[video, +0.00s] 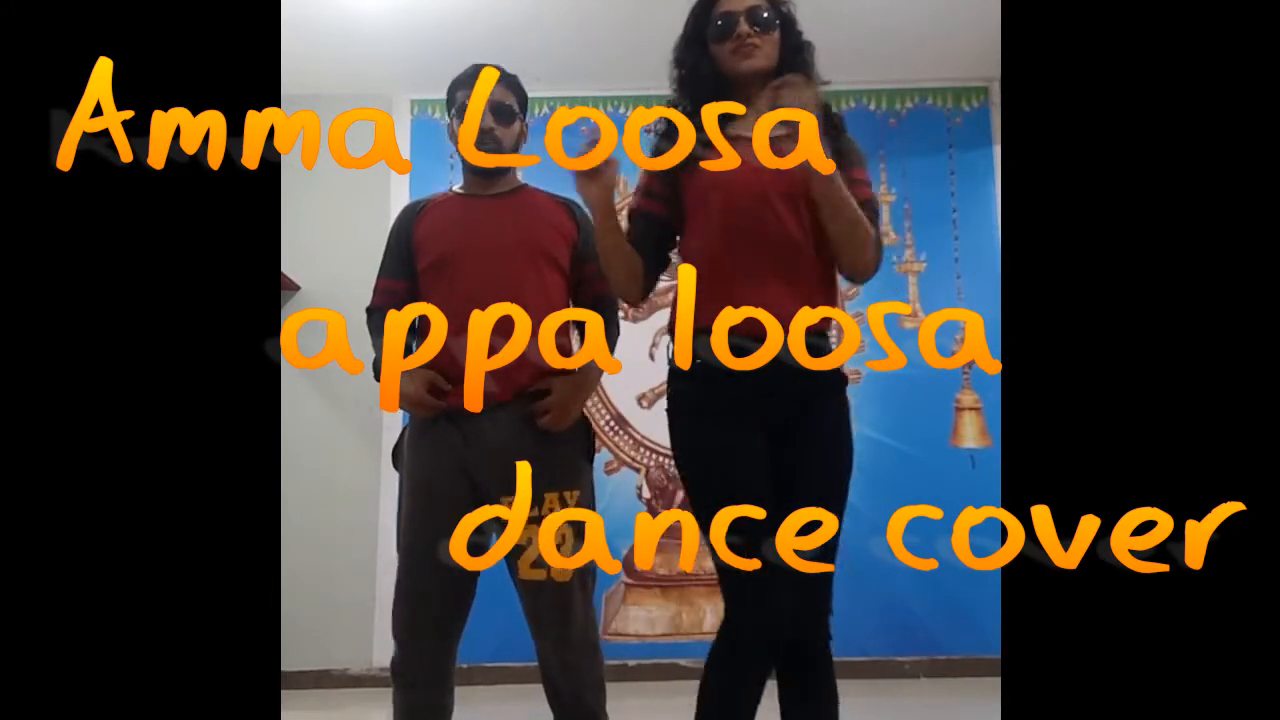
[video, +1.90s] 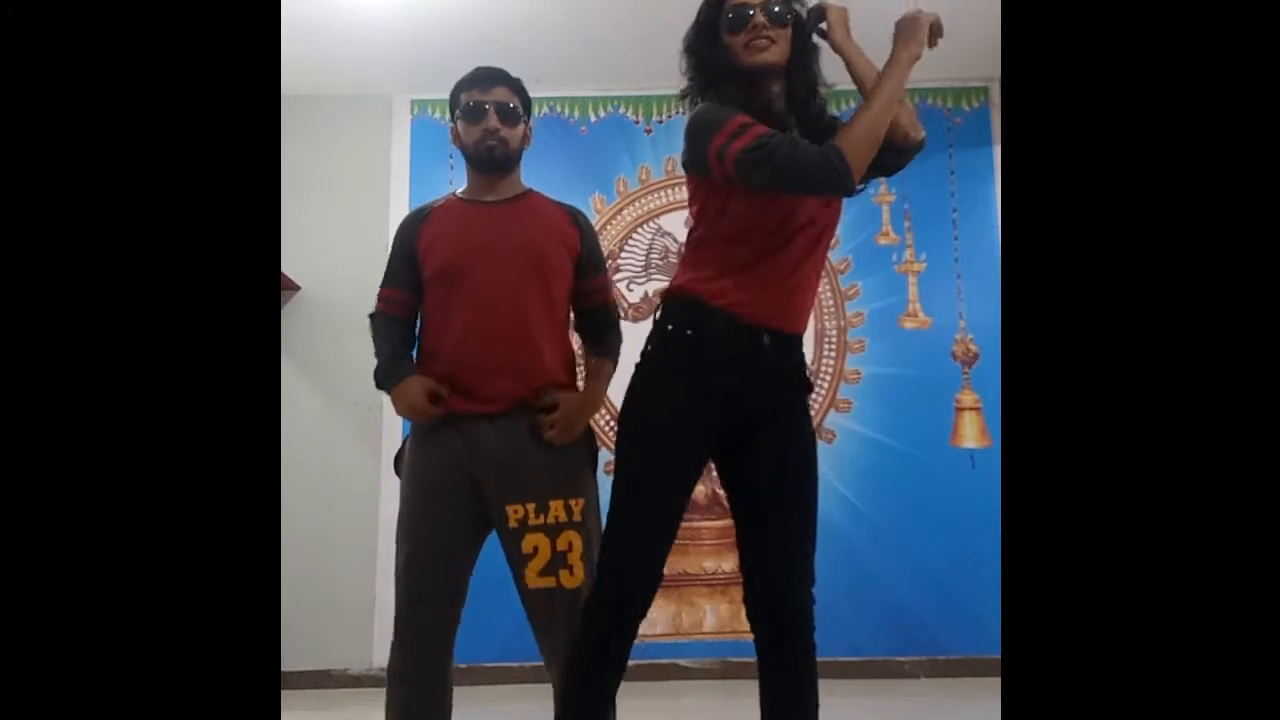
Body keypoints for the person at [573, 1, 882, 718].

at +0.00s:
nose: (744, 32)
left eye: (761, 18)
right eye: (724, 24)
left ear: (786, 34)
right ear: (702, 49)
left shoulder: (822, 131)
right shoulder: (682, 139)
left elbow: (862, 262)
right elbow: (632, 287)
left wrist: (813, 152)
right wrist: (600, 200)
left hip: (810, 388)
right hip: (711, 390)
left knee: (806, 612)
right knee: (756, 610)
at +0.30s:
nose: (735, 40)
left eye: (752, 27)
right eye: (714, 31)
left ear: (776, 47)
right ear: (690, 56)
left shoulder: (816, 141)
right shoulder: (677, 146)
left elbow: (947, 171)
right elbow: (620, 273)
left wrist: (821, 115)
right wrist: (563, 170)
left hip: (794, 394)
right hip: (691, 396)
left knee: (803, 618)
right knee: (712, 621)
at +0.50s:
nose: (732, 27)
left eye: (749, 16)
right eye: (712, 18)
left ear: (773, 39)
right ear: (687, 44)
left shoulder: (810, 135)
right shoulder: (666, 130)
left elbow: (949, 121)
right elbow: (639, 211)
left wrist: (880, 17)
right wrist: (600, 107)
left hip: (792, 388)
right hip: (686, 389)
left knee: (810, 602)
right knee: (698, 608)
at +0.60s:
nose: (737, 30)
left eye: (754, 18)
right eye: (718, 21)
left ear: (779, 39)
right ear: (696, 48)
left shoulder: (813, 135)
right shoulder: (669, 129)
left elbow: (932, 74)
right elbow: (678, 182)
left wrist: (867, 9)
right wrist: (680, 44)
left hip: (800, 390)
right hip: (692, 389)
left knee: (802, 598)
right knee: (662, 593)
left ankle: (802, 718)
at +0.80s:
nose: (745, 36)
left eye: (758, 22)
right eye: (721, 28)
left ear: (781, 42)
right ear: (698, 55)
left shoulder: (807, 142)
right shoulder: (676, 129)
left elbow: (891, 86)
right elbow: (770, 131)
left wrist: (818, 20)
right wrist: (795, 31)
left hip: (807, 387)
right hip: (702, 387)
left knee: (804, 605)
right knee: (647, 594)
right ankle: (593, 719)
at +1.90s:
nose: (758, 27)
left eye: (773, 14)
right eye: (737, 18)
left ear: (795, 33)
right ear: (715, 43)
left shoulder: (815, 128)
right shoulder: (712, 123)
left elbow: (904, 141)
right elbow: (835, 168)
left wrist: (844, 43)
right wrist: (902, 59)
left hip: (773, 373)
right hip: (685, 360)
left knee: (783, 597)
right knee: (625, 581)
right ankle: (581, 715)